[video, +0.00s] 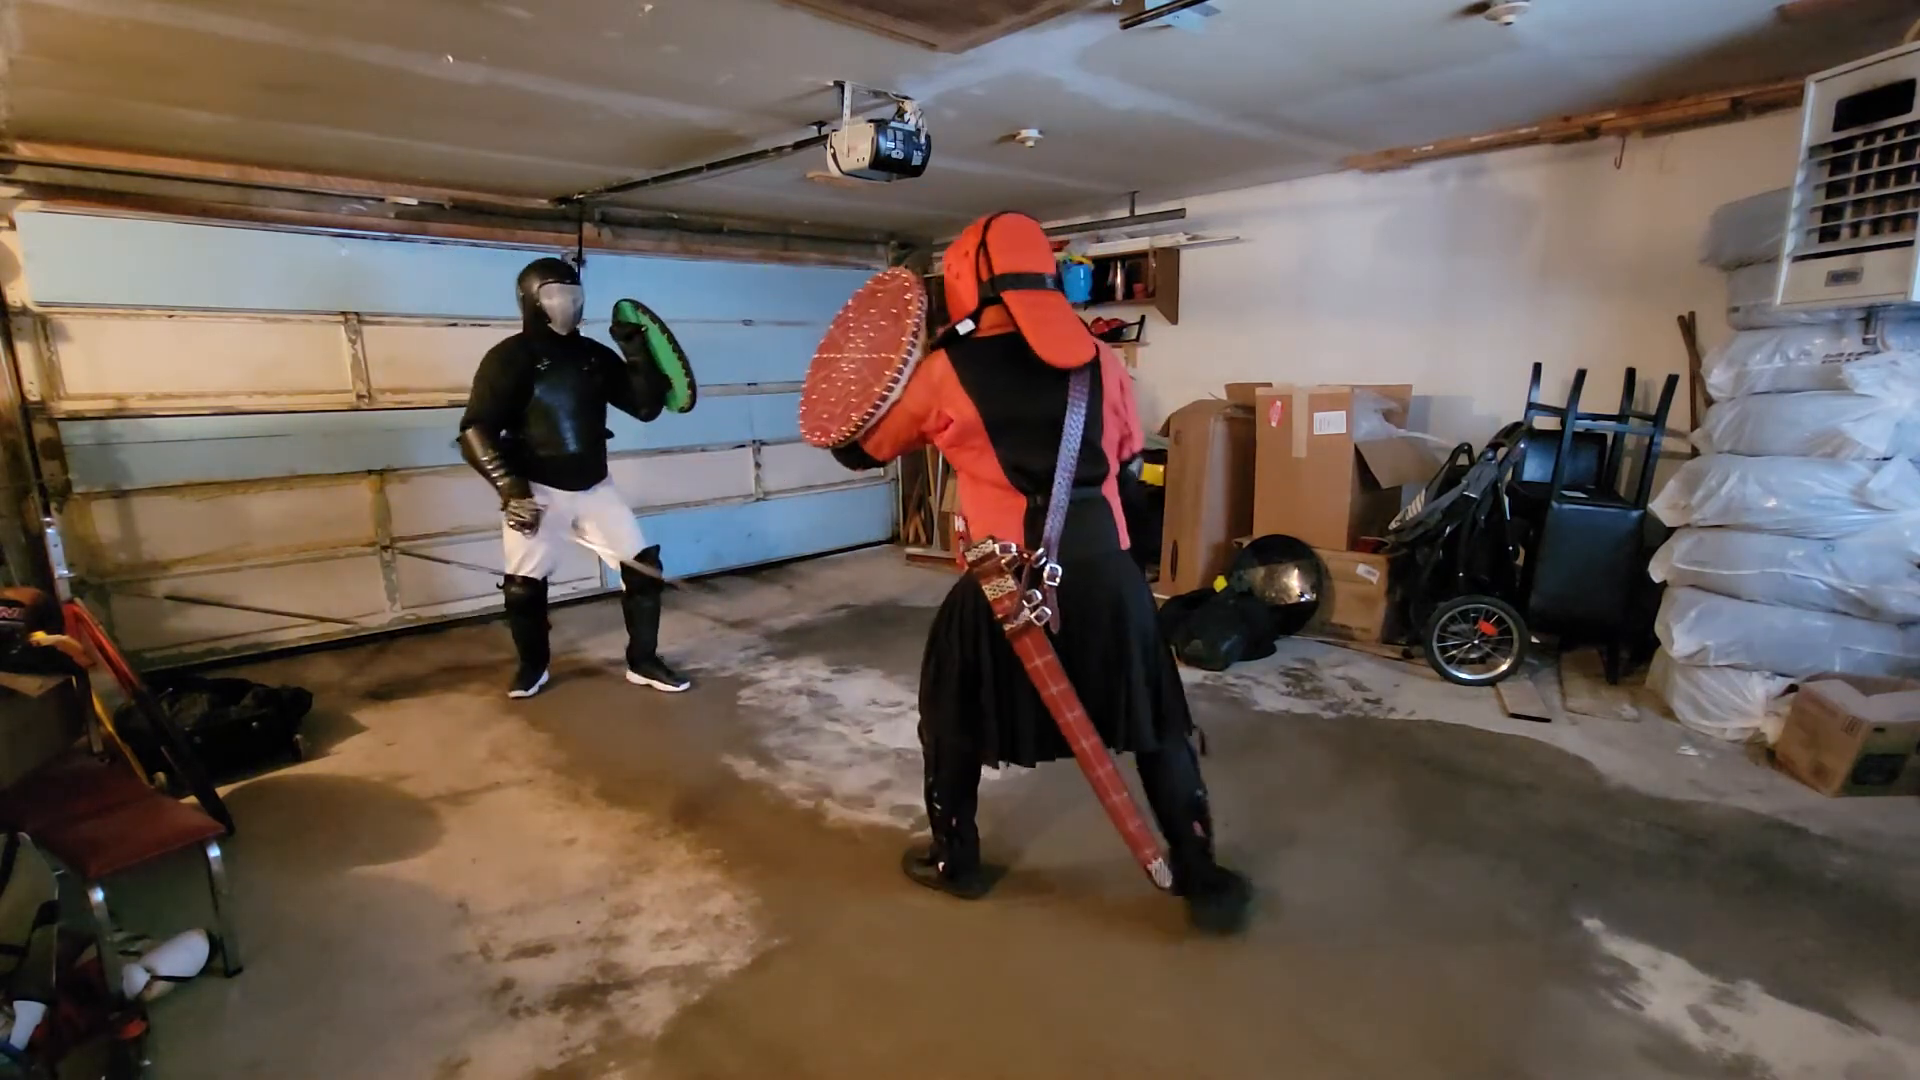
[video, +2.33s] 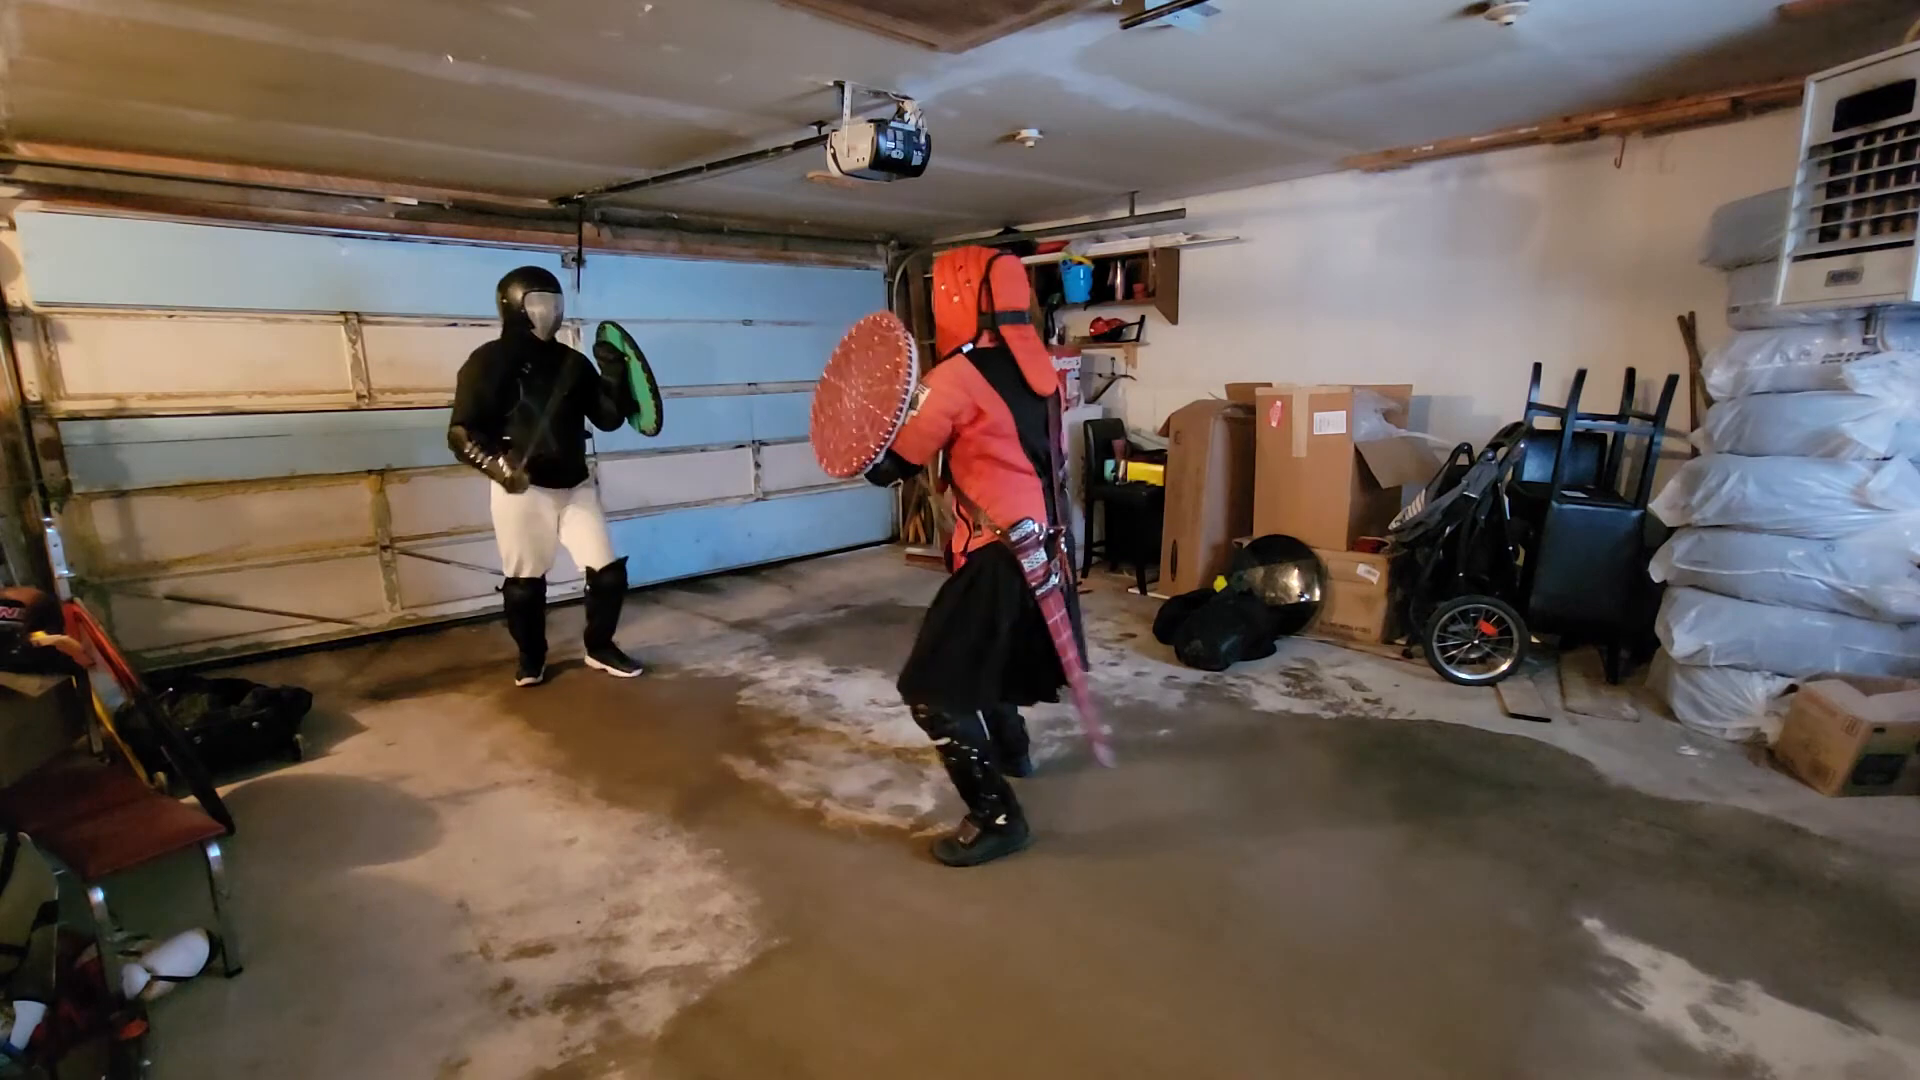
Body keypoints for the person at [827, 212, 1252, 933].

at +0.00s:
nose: (946, 291)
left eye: (951, 280)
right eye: (952, 280)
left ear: (967, 285)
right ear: (1045, 279)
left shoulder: (948, 371)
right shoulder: (1098, 359)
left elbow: (866, 447)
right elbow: (1124, 446)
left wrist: (866, 364)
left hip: (1004, 572)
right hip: (1105, 564)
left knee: (951, 697)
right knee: (1156, 711)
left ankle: (955, 854)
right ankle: (1198, 871)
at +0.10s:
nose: (960, 302)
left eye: (965, 290)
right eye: (964, 290)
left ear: (983, 294)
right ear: (1060, 287)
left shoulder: (963, 377)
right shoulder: (1115, 370)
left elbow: (880, 452)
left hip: (1015, 579)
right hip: (1114, 575)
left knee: (952, 701)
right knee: (1166, 722)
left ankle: (956, 853)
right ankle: (1216, 882)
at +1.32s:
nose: (992, 303)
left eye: (999, 291)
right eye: (995, 290)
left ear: (1024, 301)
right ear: (1066, 300)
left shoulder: (1000, 371)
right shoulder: (1101, 374)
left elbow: (939, 442)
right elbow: (1106, 454)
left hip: (1033, 573)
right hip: (1113, 570)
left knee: (961, 685)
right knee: (1147, 714)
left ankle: (1001, 822)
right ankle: (1220, 839)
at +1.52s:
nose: (966, 301)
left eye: (973, 289)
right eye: (967, 287)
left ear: (999, 294)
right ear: (1036, 290)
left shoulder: (999, 364)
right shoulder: (1058, 357)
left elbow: (931, 442)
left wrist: (884, 451)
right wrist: (946, 478)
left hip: (1017, 568)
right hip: (1074, 556)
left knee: (951, 692)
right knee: (1077, 679)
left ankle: (1001, 824)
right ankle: (1139, 783)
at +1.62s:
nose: (954, 298)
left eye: (961, 284)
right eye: (953, 285)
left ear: (992, 288)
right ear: (1025, 286)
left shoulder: (997, 362)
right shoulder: (1050, 352)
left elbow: (931, 433)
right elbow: (1002, 435)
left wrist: (902, 446)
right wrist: (939, 445)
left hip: (1018, 559)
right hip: (1063, 545)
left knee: (951, 690)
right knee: (1044, 644)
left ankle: (999, 820)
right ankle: (1054, 746)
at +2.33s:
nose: (934, 309)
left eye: (940, 297)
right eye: (936, 295)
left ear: (962, 303)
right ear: (1008, 298)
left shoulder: (958, 377)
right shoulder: (1039, 365)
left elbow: (897, 462)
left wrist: (861, 438)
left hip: (997, 557)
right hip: (1046, 546)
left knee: (930, 686)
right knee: (983, 645)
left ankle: (995, 818)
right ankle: (1009, 746)